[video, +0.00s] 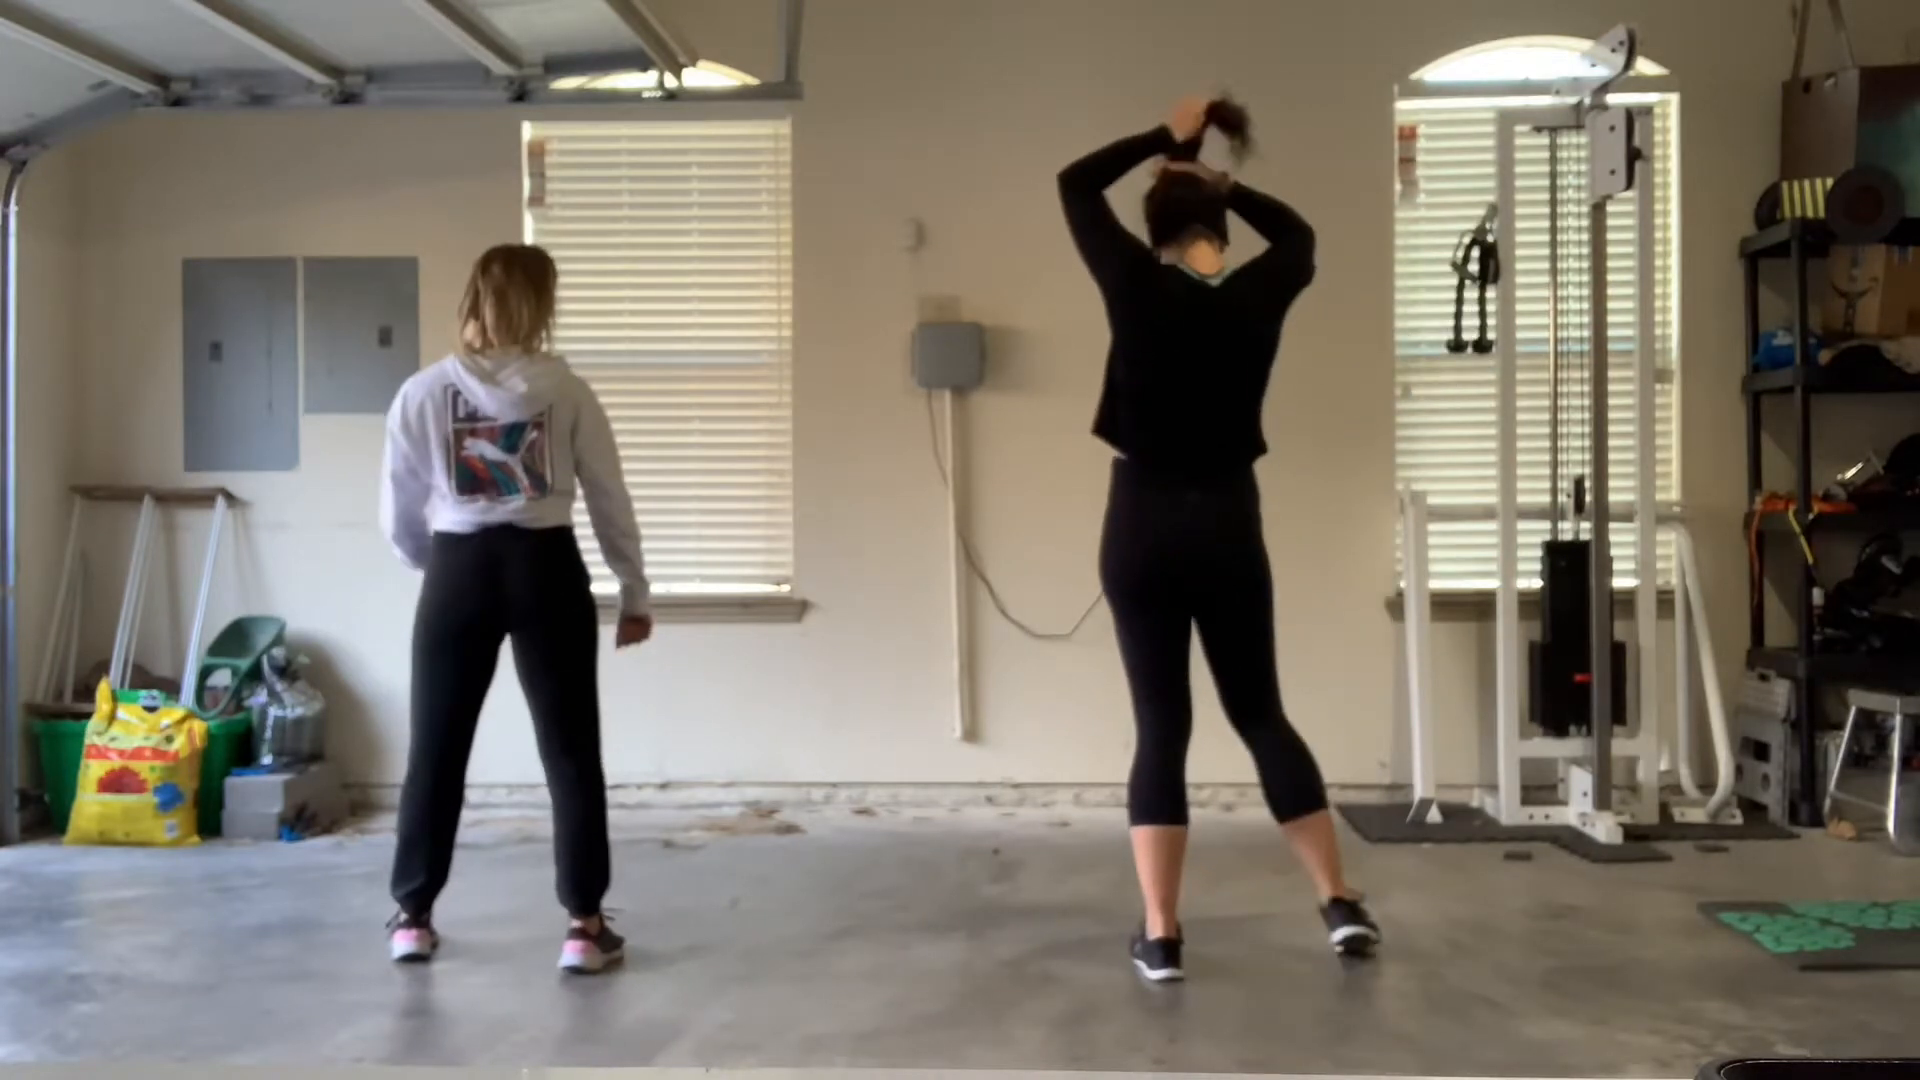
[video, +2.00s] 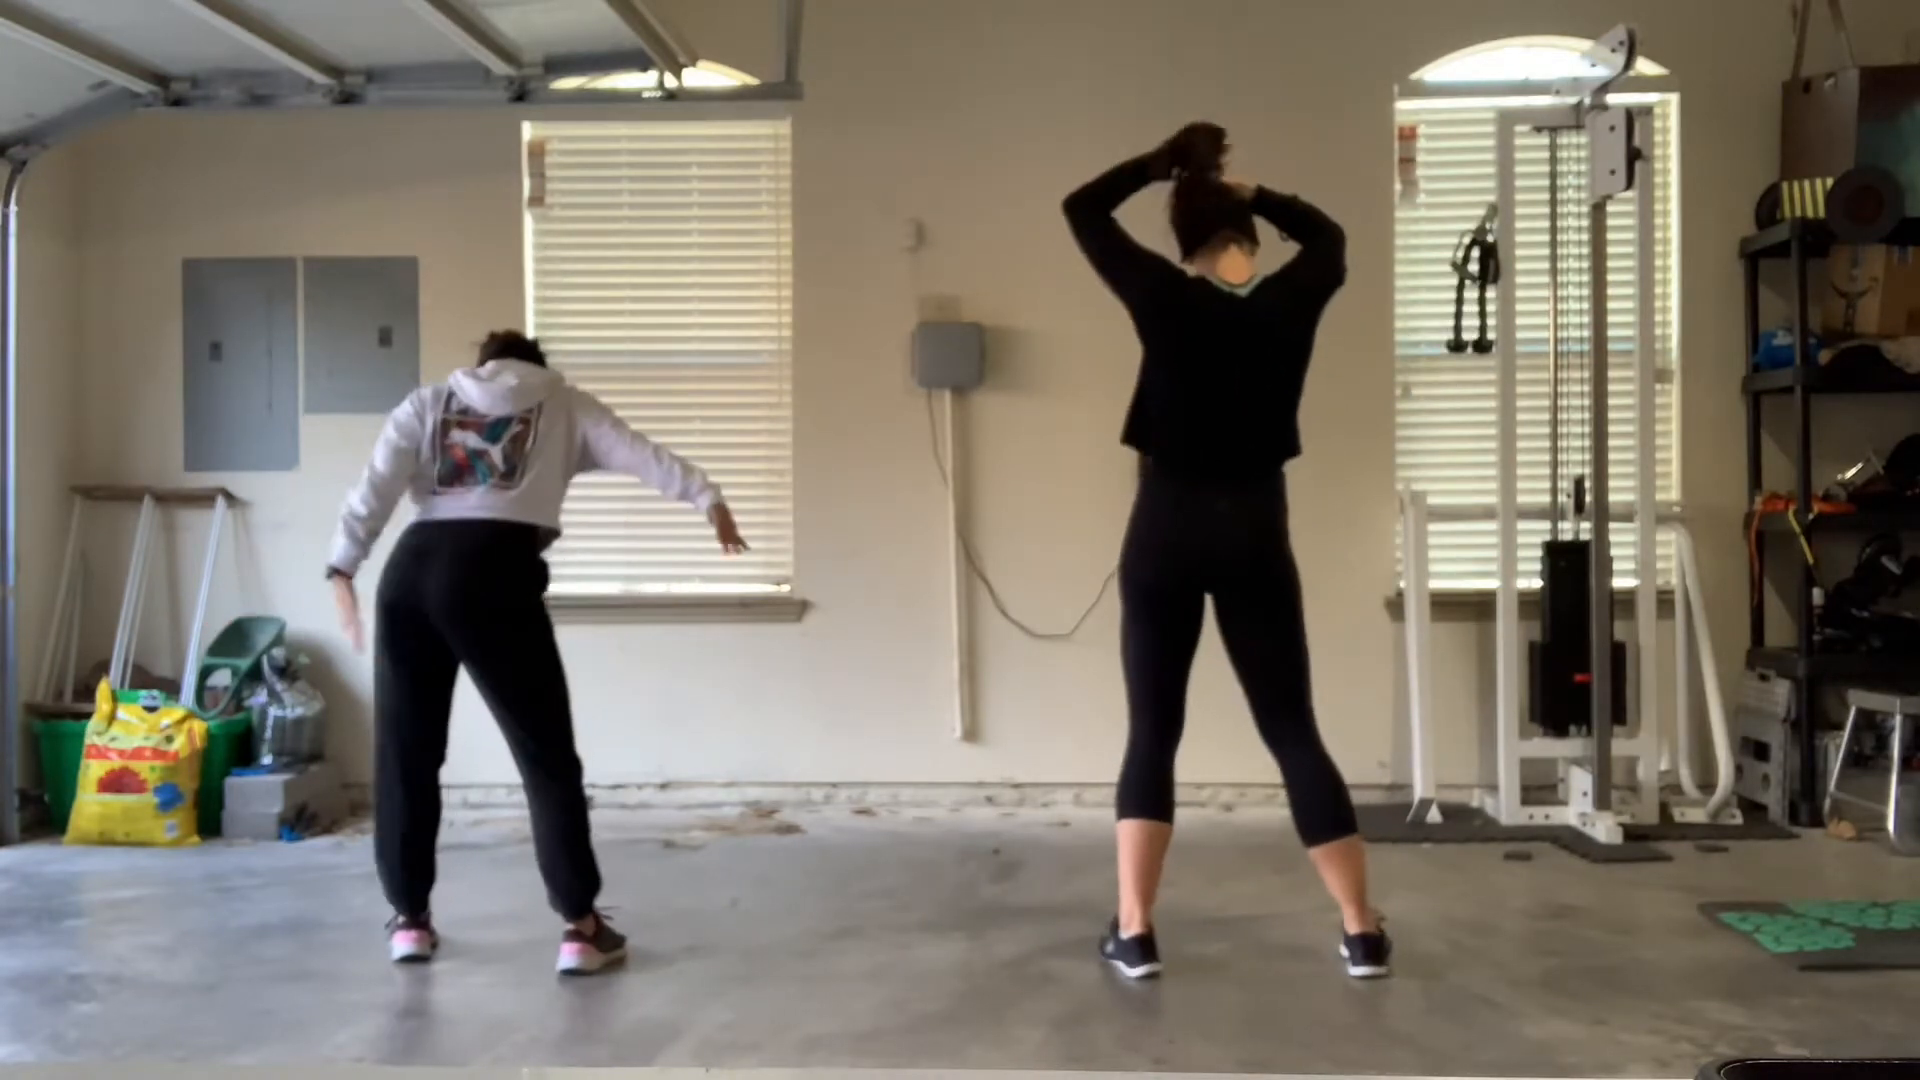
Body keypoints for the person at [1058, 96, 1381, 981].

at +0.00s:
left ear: (1153, 231)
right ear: (1222, 227)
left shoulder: (1135, 286)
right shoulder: (1260, 293)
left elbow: (1076, 185)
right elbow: (1299, 236)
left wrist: (1158, 137)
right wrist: (1226, 187)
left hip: (1139, 533)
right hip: (1229, 532)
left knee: (1160, 731)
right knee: (1262, 716)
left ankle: (1161, 937)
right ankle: (1338, 902)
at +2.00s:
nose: (1249, 260)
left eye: (1242, 246)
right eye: (1249, 244)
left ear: (1180, 245)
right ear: (1248, 241)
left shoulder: (1160, 298)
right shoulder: (1287, 307)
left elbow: (1083, 209)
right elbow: (1327, 239)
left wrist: (1156, 160)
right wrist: (1258, 196)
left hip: (1162, 536)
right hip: (1255, 540)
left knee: (1151, 732)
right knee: (1294, 731)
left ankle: (1134, 932)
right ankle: (1361, 927)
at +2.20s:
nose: (1246, 253)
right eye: (1254, 237)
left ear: (1197, 245)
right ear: (1267, 237)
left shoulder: (1182, 302)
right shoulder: (1310, 304)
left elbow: (1103, 209)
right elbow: (1342, 243)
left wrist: (1173, 139)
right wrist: (1269, 196)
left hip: (1196, 538)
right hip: (1288, 538)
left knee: (1169, 734)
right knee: (1313, 729)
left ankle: (1137, 932)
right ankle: (1365, 930)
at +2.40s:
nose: (1280, 253)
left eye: (1258, 243)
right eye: (1276, 242)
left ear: (1211, 253)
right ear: (1280, 245)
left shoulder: (1198, 304)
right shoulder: (1324, 306)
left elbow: (1119, 223)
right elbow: (1353, 252)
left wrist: (1161, 140)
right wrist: (1288, 207)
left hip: (1219, 534)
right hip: (1311, 532)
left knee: (1179, 734)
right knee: (1322, 729)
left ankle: (1140, 931)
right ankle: (1365, 931)